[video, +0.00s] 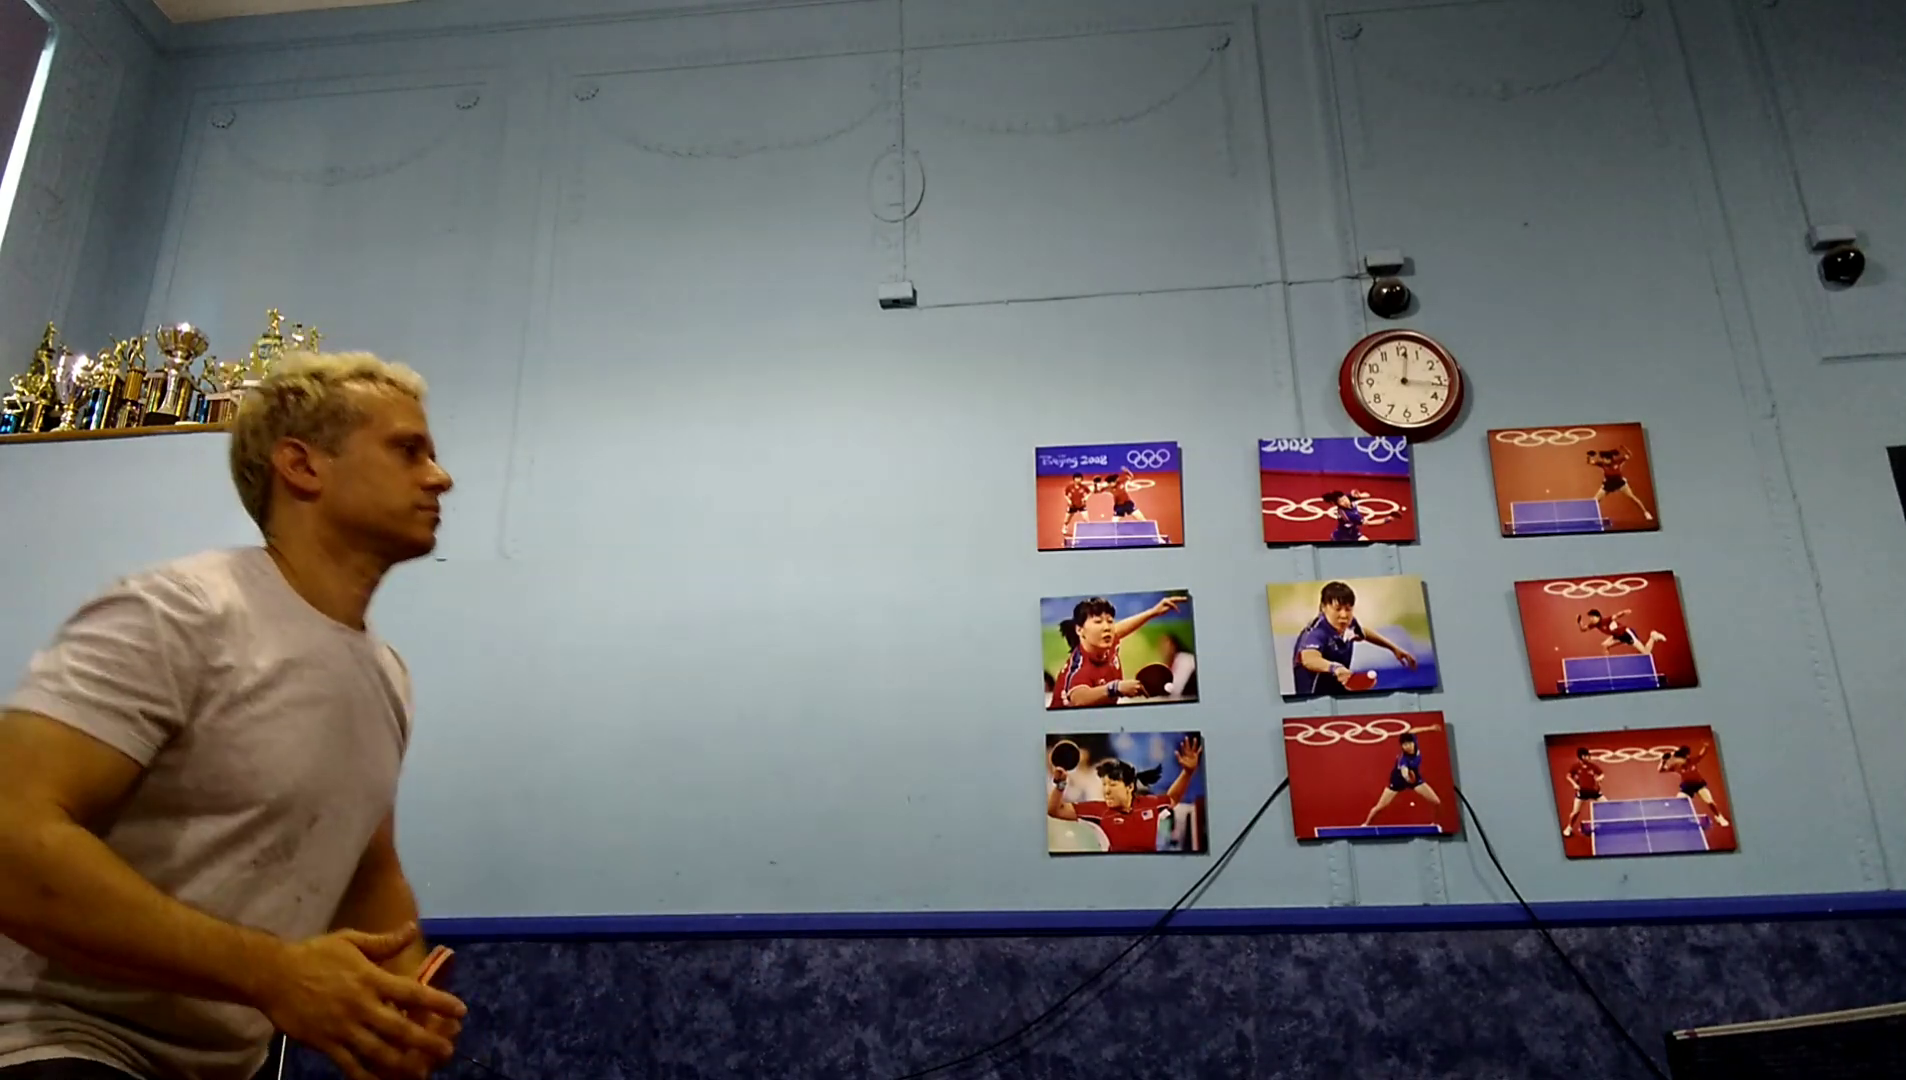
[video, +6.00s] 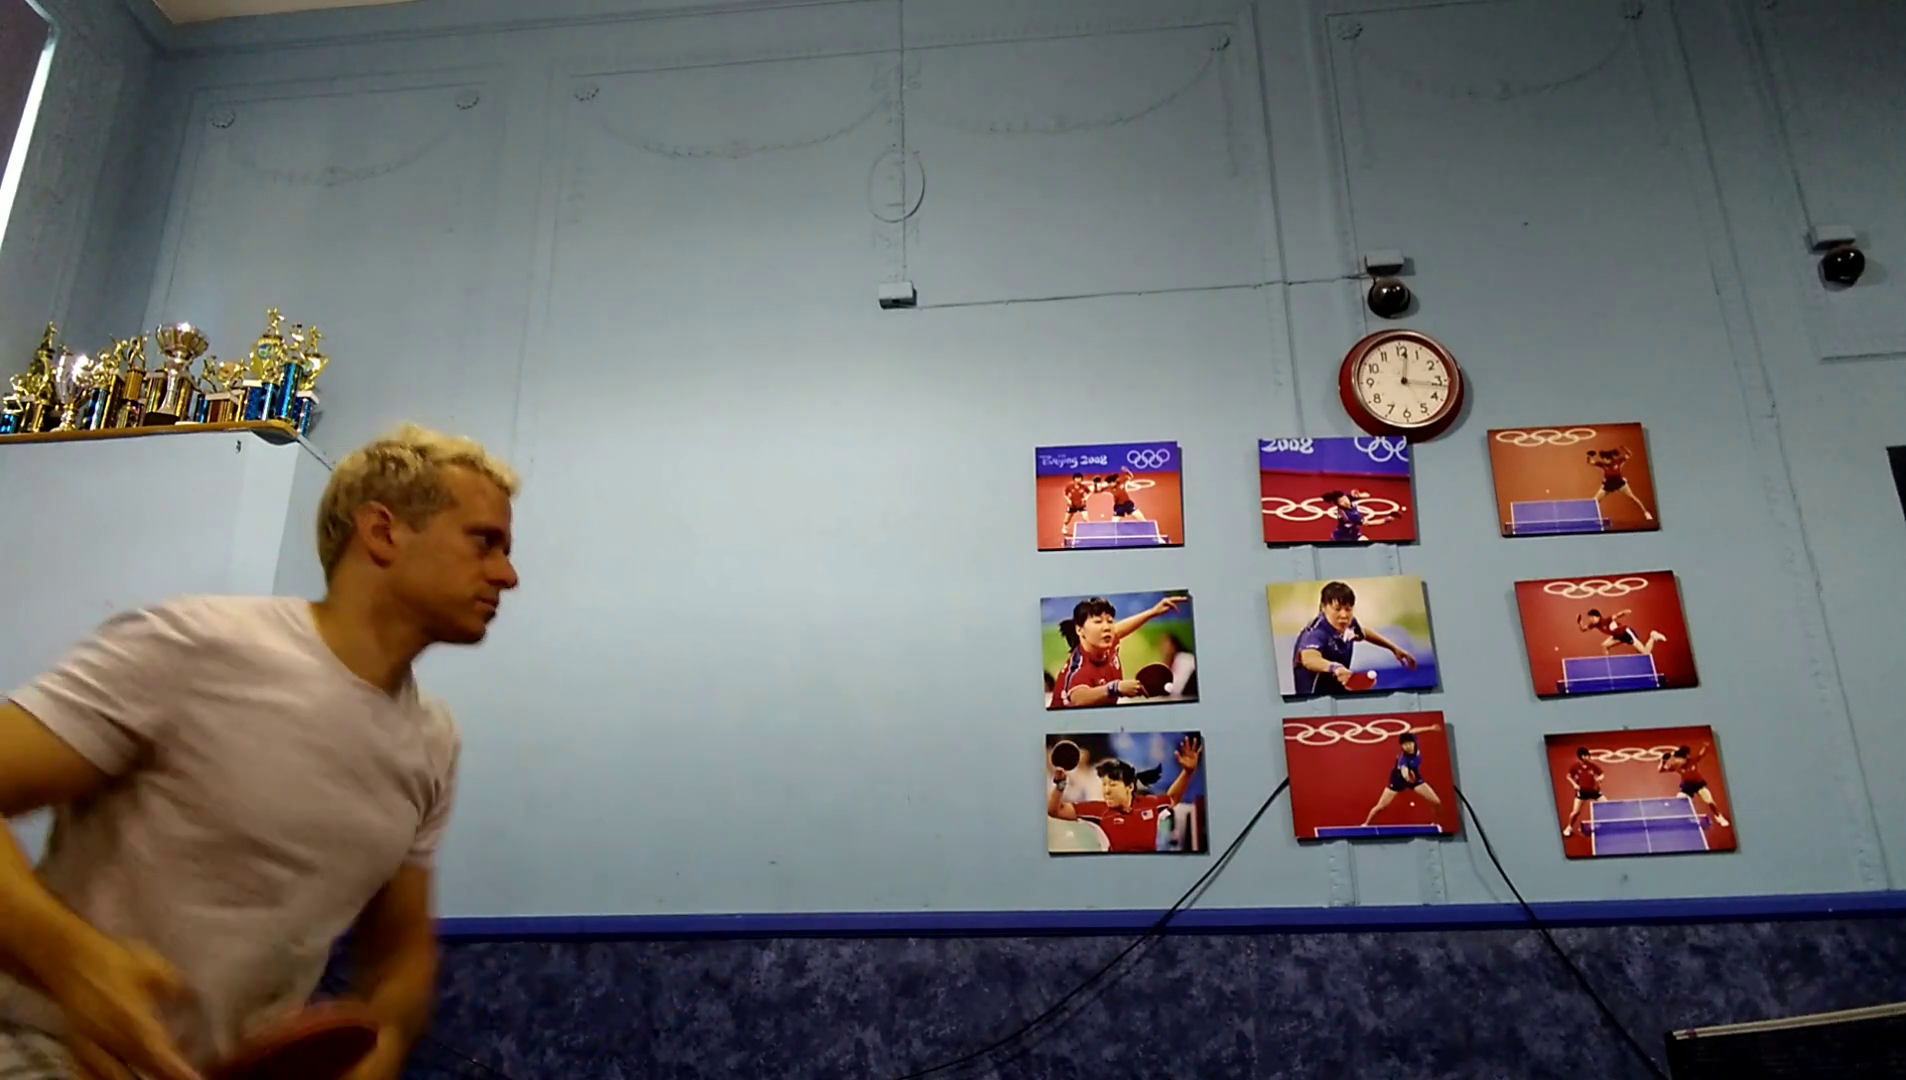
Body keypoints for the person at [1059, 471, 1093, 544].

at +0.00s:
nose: (1078, 481)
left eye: (1079, 479)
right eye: (1077, 479)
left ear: (1081, 480)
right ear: (1074, 480)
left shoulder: (1083, 487)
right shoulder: (1070, 487)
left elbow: (1089, 492)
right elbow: (1065, 494)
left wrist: (1085, 498)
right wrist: (1068, 501)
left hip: (1081, 505)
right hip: (1073, 505)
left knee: (1086, 519)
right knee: (1066, 520)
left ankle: (1090, 531)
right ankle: (1064, 529)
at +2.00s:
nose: (1078, 480)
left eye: (1079, 478)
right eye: (1076, 478)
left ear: (1081, 479)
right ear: (1074, 479)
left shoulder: (1083, 487)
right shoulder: (1070, 487)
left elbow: (1089, 492)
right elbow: (1065, 494)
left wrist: (1085, 498)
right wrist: (1068, 500)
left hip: (1081, 505)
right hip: (1072, 505)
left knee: (1086, 519)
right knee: (1067, 520)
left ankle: (1089, 530)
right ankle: (1064, 528)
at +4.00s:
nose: (1078, 481)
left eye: (1079, 479)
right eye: (1077, 479)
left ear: (1081, 480)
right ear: (1074, 480)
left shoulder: (1083, 487)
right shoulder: (1070, 487)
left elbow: (1089, 492)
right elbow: (1065, 494)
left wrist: (1085, 498)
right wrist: (1068, 501)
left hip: (1081, 505)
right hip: (1072, 505)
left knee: (1086, 519)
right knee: (1066, 520)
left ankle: (1090, 530)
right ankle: (1064, 528)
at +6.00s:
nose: (1078, 481)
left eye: (1080, 479)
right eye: (1077, 479)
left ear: (1081, 480)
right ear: (1074, 480)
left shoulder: (1083, 487)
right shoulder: (1070, 487)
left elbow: (1089, 492)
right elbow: (1065, 494)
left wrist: (1085, 498)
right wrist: (1068, 500)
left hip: (1081, 505)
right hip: (1072, 505)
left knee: (1086, 519)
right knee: (1067, 520)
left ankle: (1089, 530)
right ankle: (1064, 528)